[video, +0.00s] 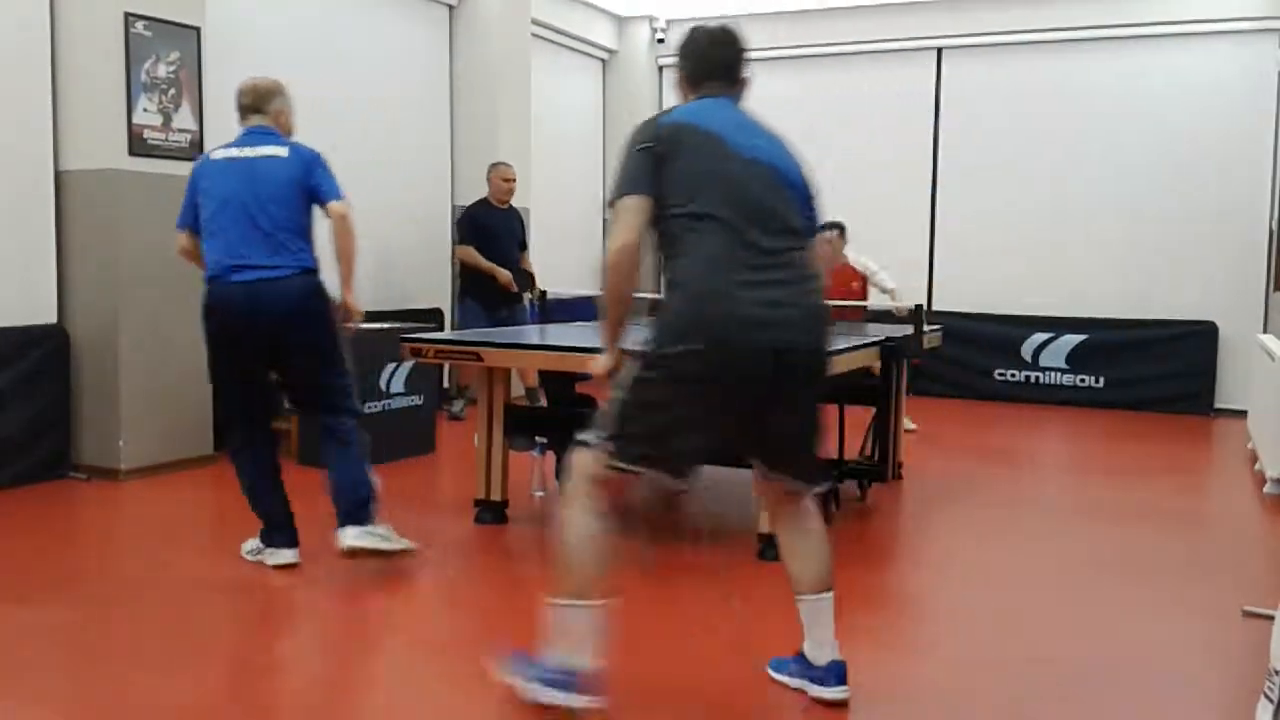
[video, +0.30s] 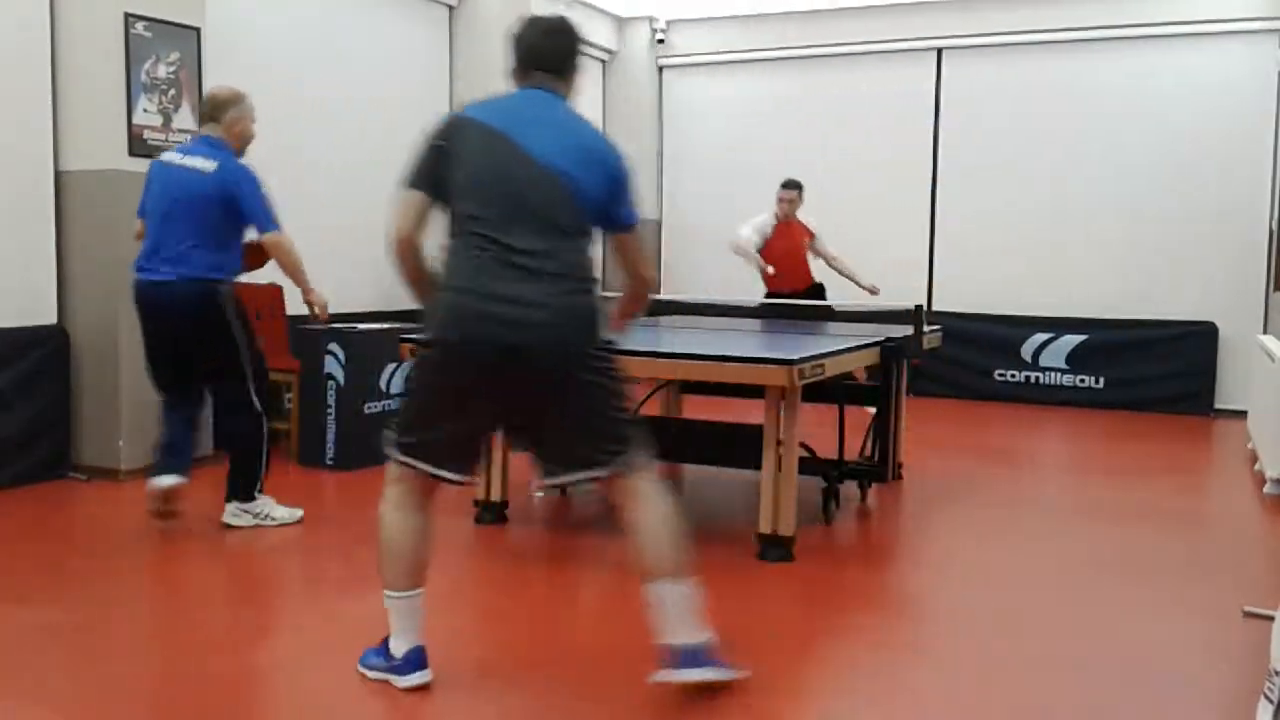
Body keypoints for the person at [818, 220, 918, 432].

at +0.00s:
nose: (828, 246)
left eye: (832, 240)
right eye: (824, 241)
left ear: (843, 242)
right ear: (818, 243)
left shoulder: (858, 265)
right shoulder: (815, 269)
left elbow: (885, 283)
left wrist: (897, 303)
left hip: (857, 330)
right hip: (824, 330)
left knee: (895, 357)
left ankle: (896, 412)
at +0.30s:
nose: (785, 206)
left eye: (791, 202)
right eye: (781, 201)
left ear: (800, 203)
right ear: (776, 200)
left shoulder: (804, 229)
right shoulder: (765, 225)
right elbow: (739, 245)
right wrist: (761, 265)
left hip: (809, 295)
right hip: (778, 298)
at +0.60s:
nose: (748, 215)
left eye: (753, 210)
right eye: (744, 210)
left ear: (758, 207)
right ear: (734, 205)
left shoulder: (766, 227)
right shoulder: (720, 234)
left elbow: (776, 259)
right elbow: (711, 273)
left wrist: (786, 289)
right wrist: (708, 306)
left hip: (765, 296)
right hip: (733, 297)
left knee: (770, 351)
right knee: (731, 352)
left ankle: (775, 408)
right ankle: (733, 406)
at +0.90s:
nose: (747, 245)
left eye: (750, 240)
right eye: (747, 239)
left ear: (736, 232)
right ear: (733, 231)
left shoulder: (738, 251)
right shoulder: (703, 251)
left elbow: (729, 282)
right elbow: (689, 292)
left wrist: (729, 306)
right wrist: (710, 318)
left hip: (723, 308)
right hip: (699, 308)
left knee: (720, 355)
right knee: (695, 353)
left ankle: (708, 399)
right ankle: (682, 400)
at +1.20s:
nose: (761, 248)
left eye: (763, 243)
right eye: (760, 242)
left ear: (747, 234)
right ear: (748, 234)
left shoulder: (735, 249)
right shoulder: (718, 250)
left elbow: (718, 285)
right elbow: (703, 289)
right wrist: (720, 319)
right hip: (692, 297)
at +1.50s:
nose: (782, 281)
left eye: (785, 276)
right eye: (783, 275)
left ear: (771, 265)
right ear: (774, 266)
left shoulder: (744, 265)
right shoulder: (749, 280)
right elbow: (757, 314)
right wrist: (767, 331)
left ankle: (730, 390)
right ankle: (733, 391)